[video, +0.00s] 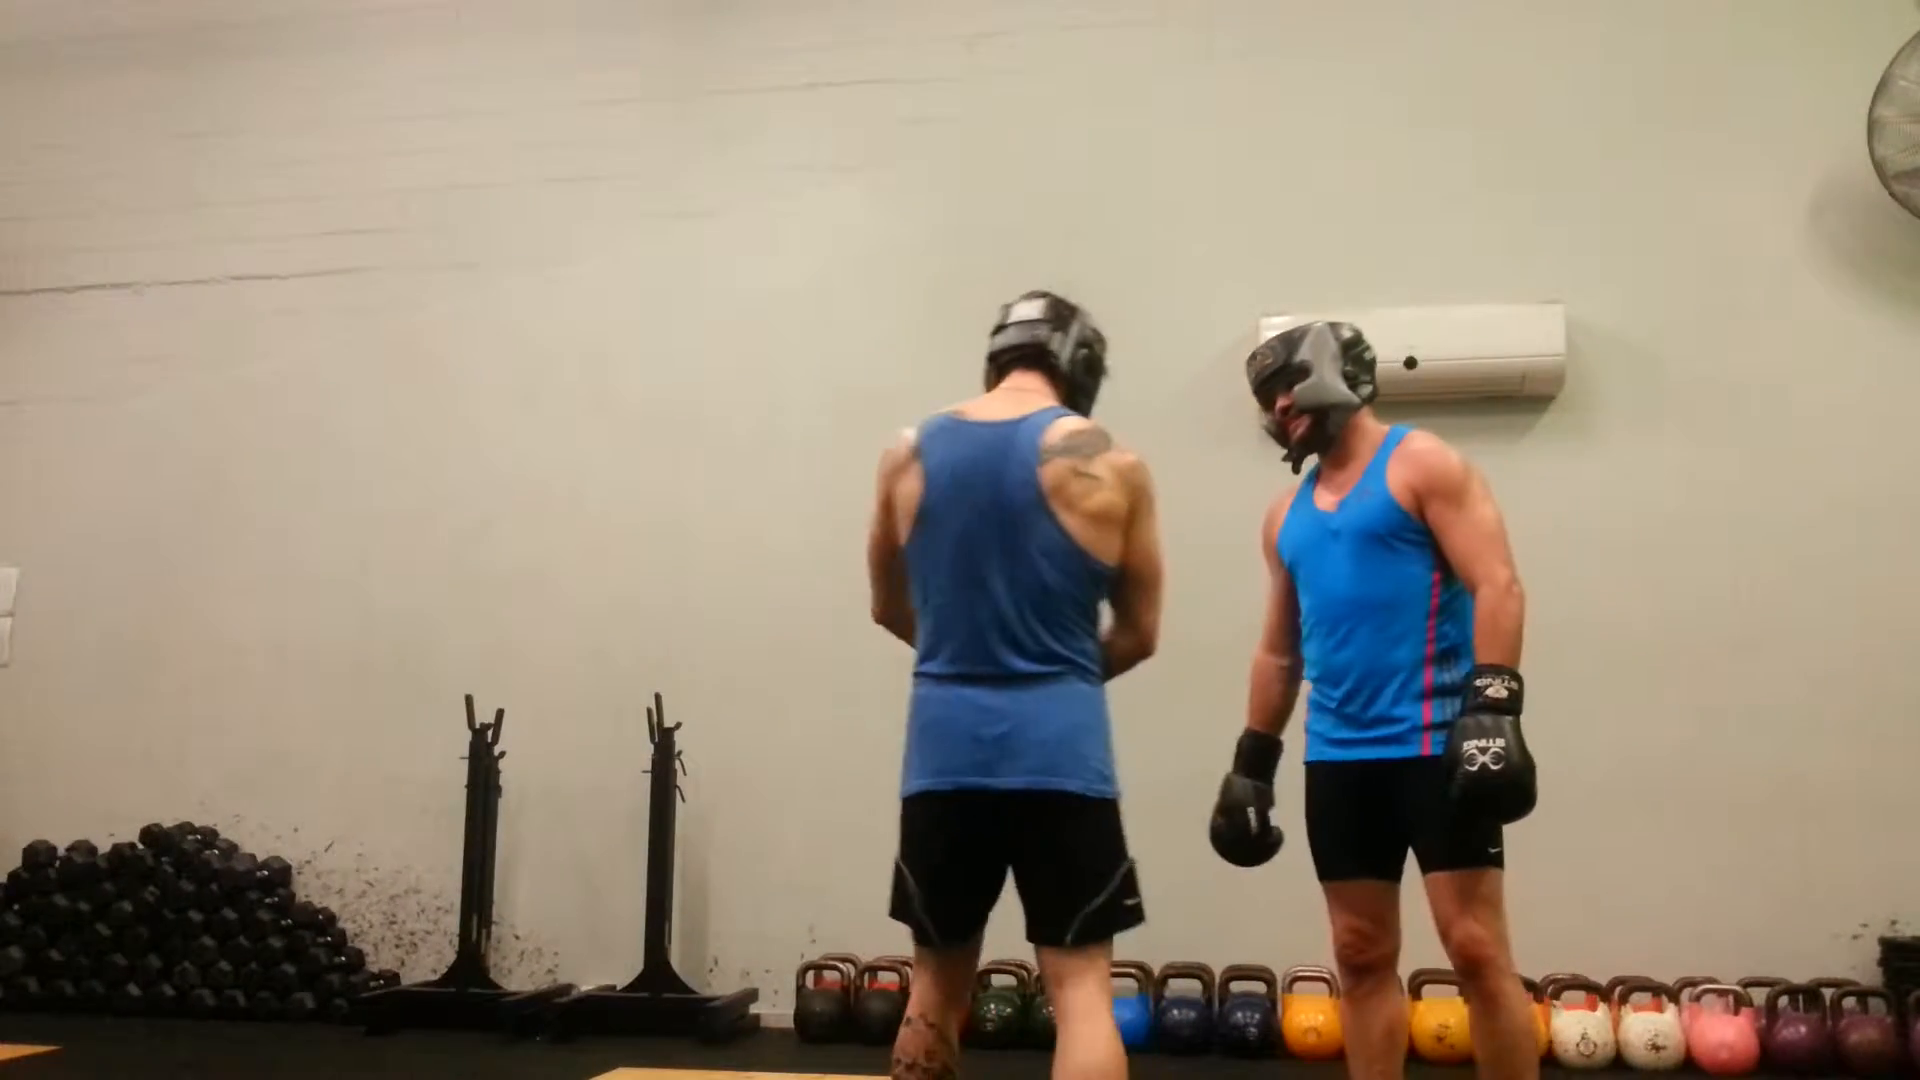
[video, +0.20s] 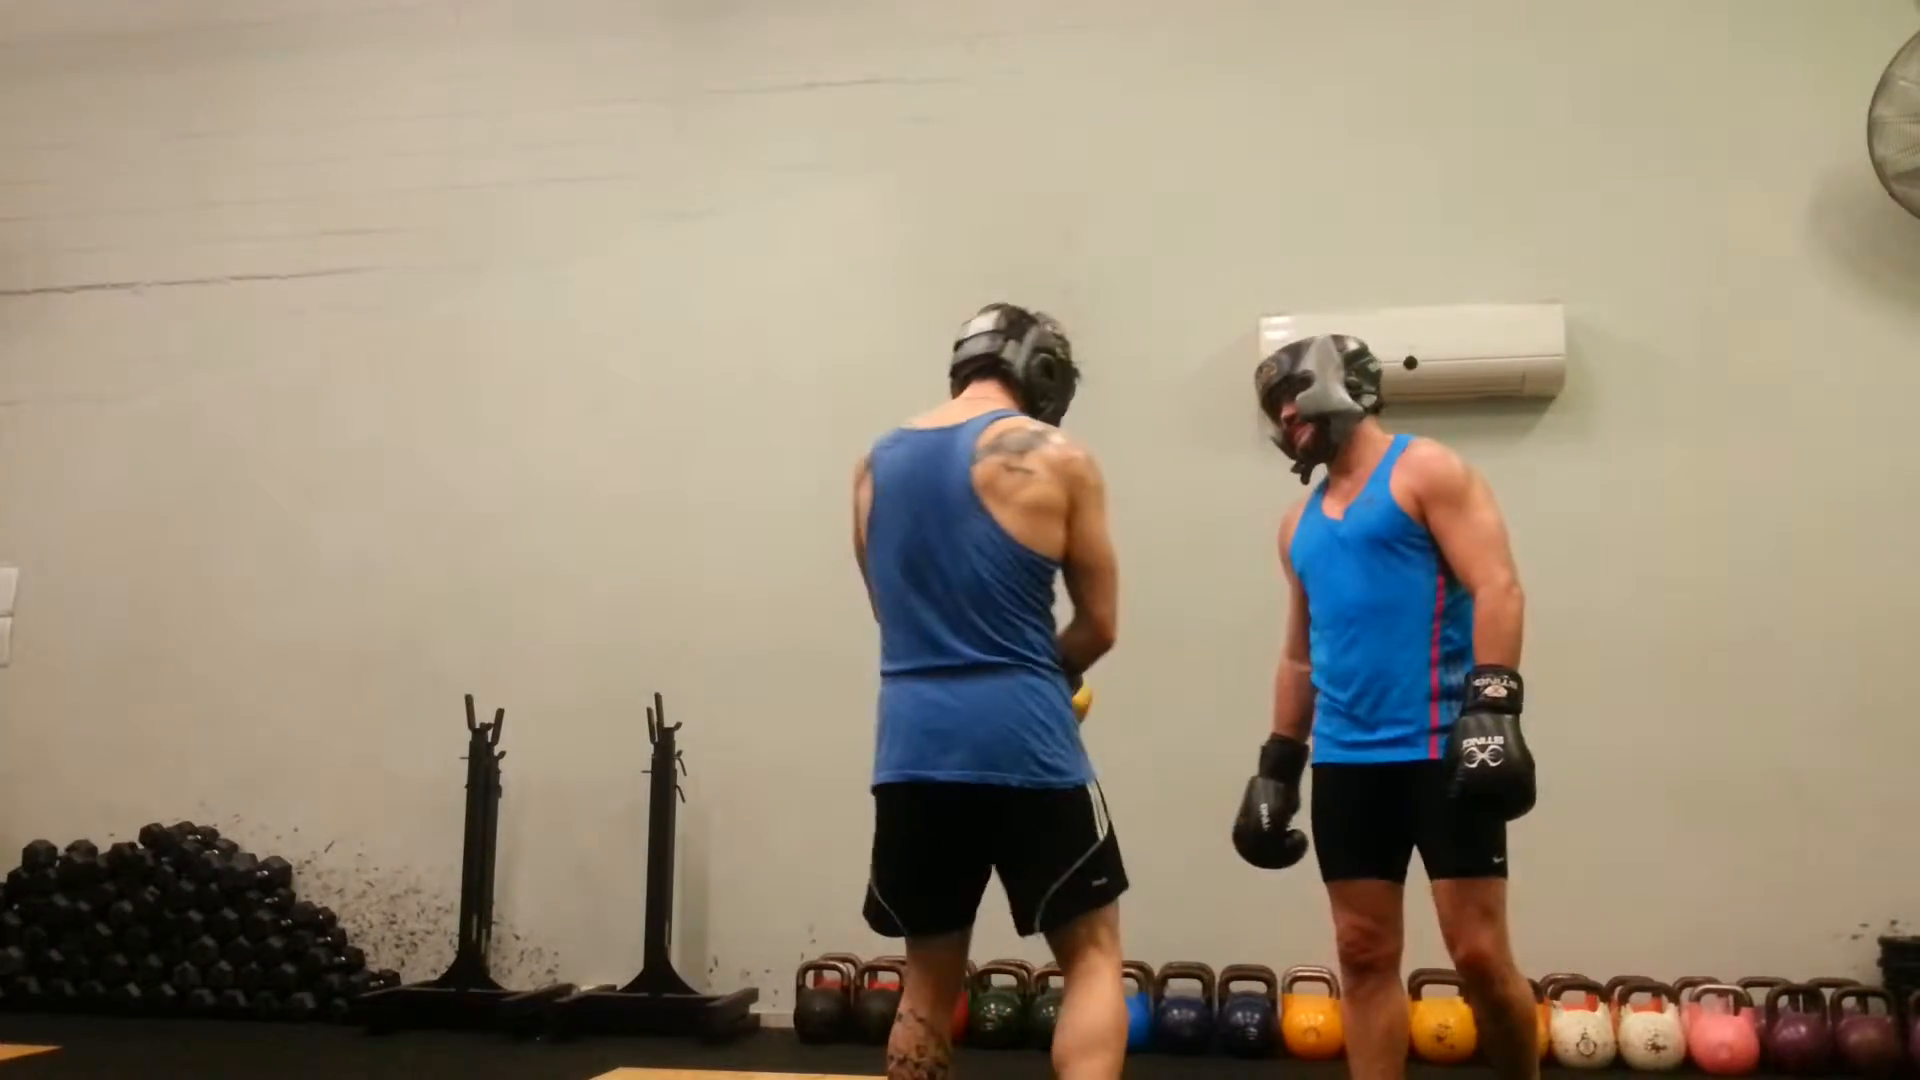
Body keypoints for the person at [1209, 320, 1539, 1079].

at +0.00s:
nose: (1277, 410)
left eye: (1288, 388)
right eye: (1267, 399)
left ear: (1338, 376)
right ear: (1273, 415)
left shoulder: (1424, 466)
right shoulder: (1286, 516)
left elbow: (1498, 585)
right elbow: (1278, 651)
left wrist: (1493, 713)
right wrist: (1250, 769)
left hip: (1442, 752)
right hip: (1339, 762)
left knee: (1475, 951)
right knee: (1359, 954)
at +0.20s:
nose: (1285, 419)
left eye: (1295, 397)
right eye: (1274, 409)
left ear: (1345, 384)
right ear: (1277, 425)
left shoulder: (1430, 472)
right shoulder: (1299, 524)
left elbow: (1497, 586)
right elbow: (1298, 657)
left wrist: (1491, 709)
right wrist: (1277, 772)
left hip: (1447, 758)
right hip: (1347, 766)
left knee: (1478, 959)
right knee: (1363, 954)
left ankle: (1519, 1075)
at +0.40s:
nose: (1306, 440)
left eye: (1314, 422)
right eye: (1303, 427)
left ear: (1357, 407)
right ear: (1346, 422)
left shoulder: (1453, 487)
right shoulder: (1327, 533)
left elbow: (1508, 602)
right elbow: (1326, 661)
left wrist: (1489, 718)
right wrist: (1304, 764)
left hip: (1456, 765)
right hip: (1360, 771)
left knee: (1477, 963)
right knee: (1370, 955)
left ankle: (1502, 1078)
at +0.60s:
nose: (1342, 437)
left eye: (1355, 421)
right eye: (1339, 424)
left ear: (1404, 415)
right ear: (1359, 431)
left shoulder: (1480, 506)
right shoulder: (1353, 533)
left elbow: (1526, 627)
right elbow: (1349, 656)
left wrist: (1501, 742)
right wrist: (1326, 755)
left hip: (1468, 767)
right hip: (1378, 772)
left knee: (1494, 954)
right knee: (1378, 951)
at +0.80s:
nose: (1356, 427)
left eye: (1370, 409)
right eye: (1354, 414)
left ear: (1420, 411)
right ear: (1374, 424)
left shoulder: (1492, 507)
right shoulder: (1361, 527)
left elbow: (1540, 632)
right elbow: (1347, 654)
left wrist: (1533, 754)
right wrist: (1325, 758)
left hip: (1477, 767)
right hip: (1378, 767)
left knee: (1498, 947)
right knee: (1360, 937)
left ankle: (1506, 1078)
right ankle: (1371, 1078)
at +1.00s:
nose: (1357, 432)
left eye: (1373, 416)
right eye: (1353, 421)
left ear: (1419, 420)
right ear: (1352, 436)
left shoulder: (1482, 515)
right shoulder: (1344, 532)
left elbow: (1539, 634)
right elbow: (1329, 652)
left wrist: (1556, 753)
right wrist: (1304, 755)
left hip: (1465, 765)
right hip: (1370, 767)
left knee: (1490, 941)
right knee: (1353, 939)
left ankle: (1504, 1077)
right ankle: (1368, 1073)